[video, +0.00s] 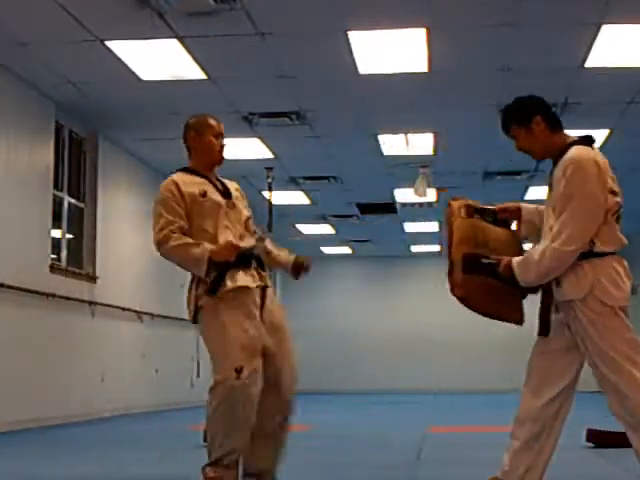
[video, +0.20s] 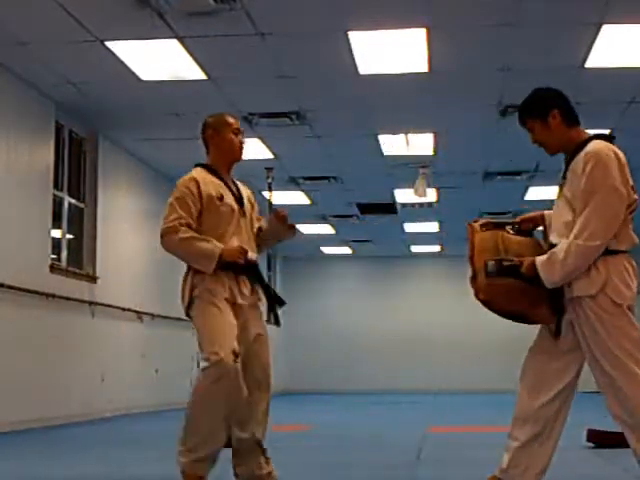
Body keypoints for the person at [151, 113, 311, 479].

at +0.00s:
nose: (223, 143)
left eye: (223, 137)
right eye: (216, 136)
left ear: (215, 142)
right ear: (192, 140)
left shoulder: (232, 189)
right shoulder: (175, 185)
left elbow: (253, 240)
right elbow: (167, 240)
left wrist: (288, 261)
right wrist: (211, 253)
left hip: (261, 291)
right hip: (222, 294)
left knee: (280, 379)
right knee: (239, 376)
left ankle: (260, 470)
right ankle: (222, 468)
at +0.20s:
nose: (242, 139)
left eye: (242, 133)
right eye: (234, 133)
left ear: (237, 142)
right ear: (211, 139)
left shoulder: (245, 193)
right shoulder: (193, 182)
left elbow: (254, 240)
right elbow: (172, 235)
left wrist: (274, 232)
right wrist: (219, 252)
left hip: (248, 288)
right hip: (211, 285)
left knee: (257, 371)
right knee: (221, 364)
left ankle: (251, 464)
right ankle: (195, 466)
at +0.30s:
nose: (239, 134)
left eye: (238, 128)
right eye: (232, 126)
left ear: (227, 134)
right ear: (208, 131)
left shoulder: (235, 185)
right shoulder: (186, 172)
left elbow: (233, 234)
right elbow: (163, 224)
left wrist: (255, 234)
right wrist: (214, 242)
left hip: (236, 283)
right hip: (202, 278)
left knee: (251, 367)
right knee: (208, 365)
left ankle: (256, 466)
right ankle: (151, 457)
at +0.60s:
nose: (191, 159)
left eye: (192, 152)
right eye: (187, 150)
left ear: (166, 150)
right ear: (164, 148)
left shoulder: (159, 195)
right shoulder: (141, 188)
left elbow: (154, 250)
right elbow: (147, 246)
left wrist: (188, 260)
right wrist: (199, 248)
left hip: (169, 298)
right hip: (147, 296)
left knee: (197, 393)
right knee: (135, 395)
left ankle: (240, 467)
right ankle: (99, 472)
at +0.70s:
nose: (166, 154)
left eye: (167, 147)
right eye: (163, 145)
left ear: (141, 145)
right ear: (140, 143)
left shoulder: (133, 187)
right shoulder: (119, 181)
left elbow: (123, 247)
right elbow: (134, 235)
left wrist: (158, 263)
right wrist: (184, 243)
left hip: (134, 293)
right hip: (117, 291)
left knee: (160, 385)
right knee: (112, 389)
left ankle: (185, 468)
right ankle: (97, 471)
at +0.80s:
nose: (141, 147)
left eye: (141, 140)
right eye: (136, 139)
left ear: (113, 140)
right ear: (113, 139)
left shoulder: (107, 177)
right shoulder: (100, 175)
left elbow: (102, 239)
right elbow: (117, 231)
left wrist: (139, 256)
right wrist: (164, 241)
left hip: (106, 286)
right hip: (94, 286)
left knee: (111, 374)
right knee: (95, 375)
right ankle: (93, 466)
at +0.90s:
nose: (114, 144)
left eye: (114, 138)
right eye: (109, 136)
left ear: (87, 139)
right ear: (87, 136)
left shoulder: (71, 175)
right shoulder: (81, 174)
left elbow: (77, 237)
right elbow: (92, 232)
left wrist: (116, 247)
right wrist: (135, 241)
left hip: (67, 285)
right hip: (69, 285)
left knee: (62, 381)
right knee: (75, 381)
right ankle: (94, 468)